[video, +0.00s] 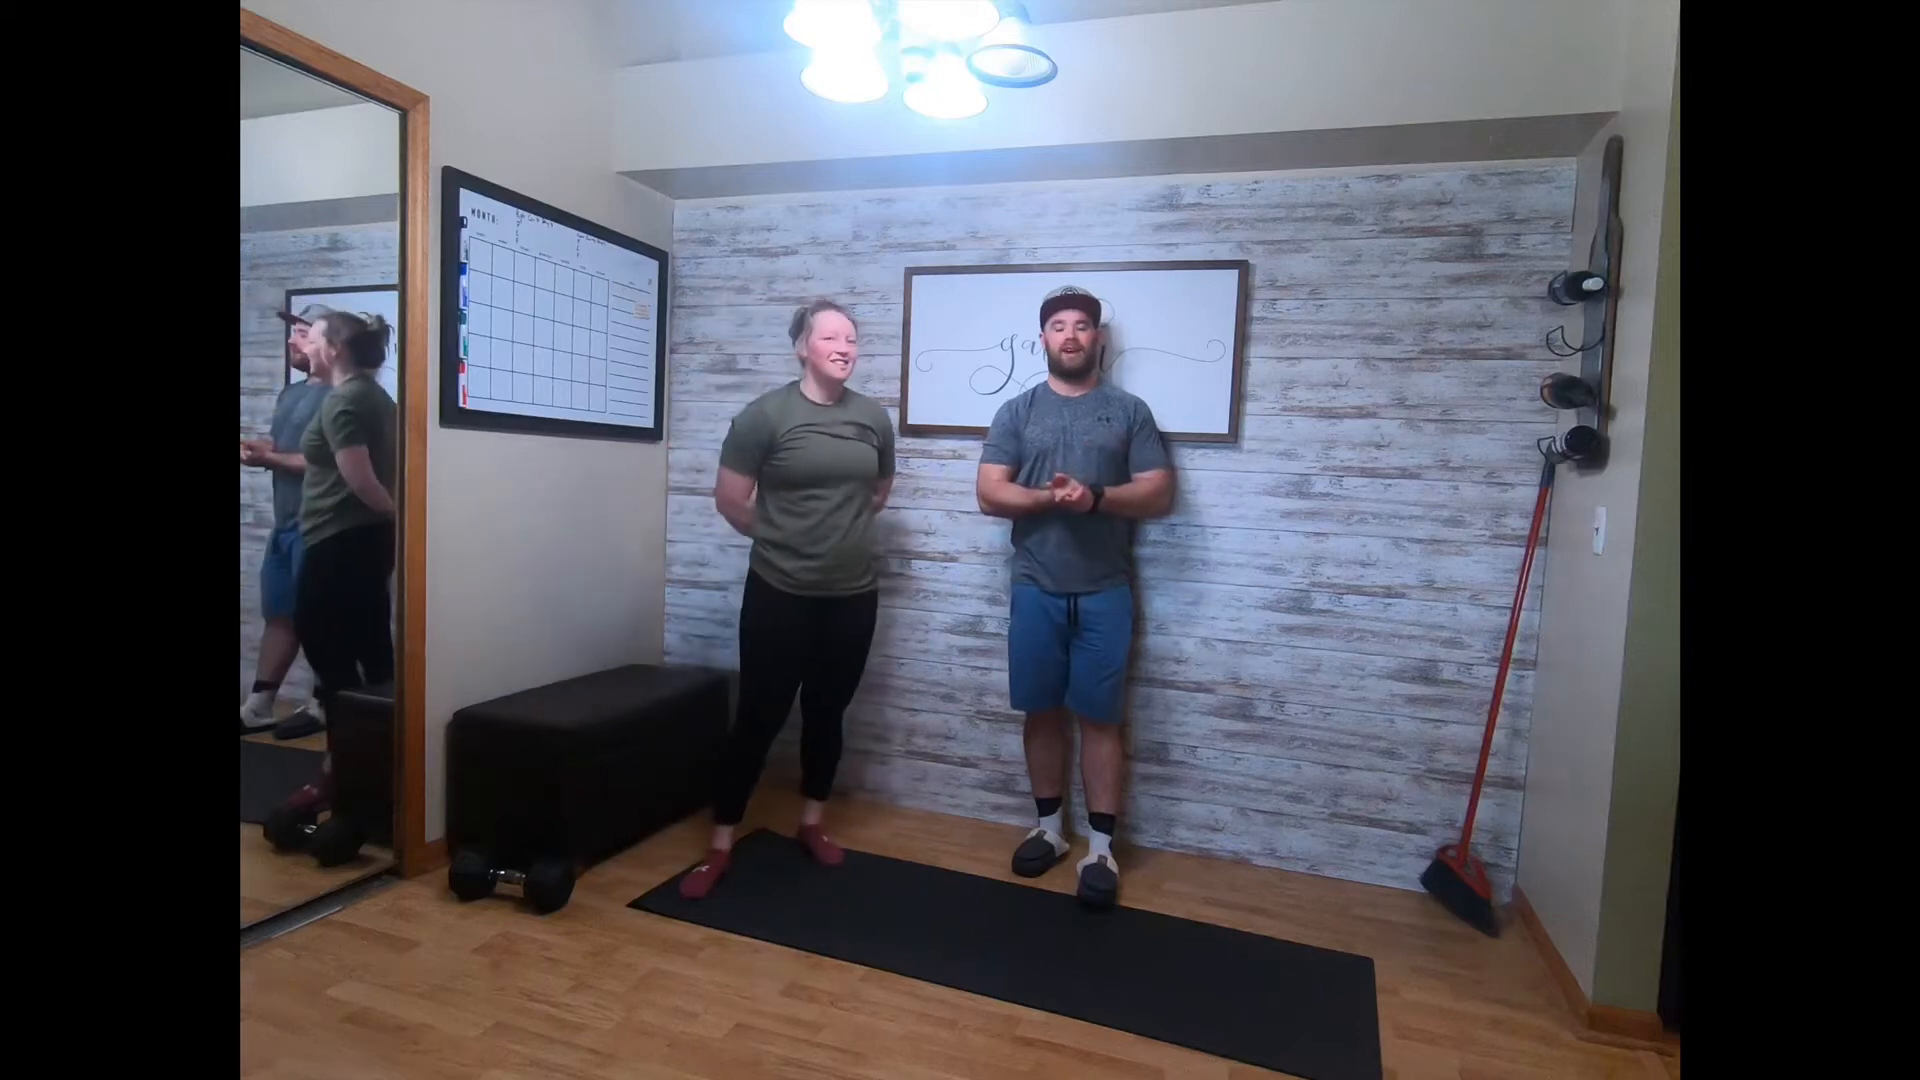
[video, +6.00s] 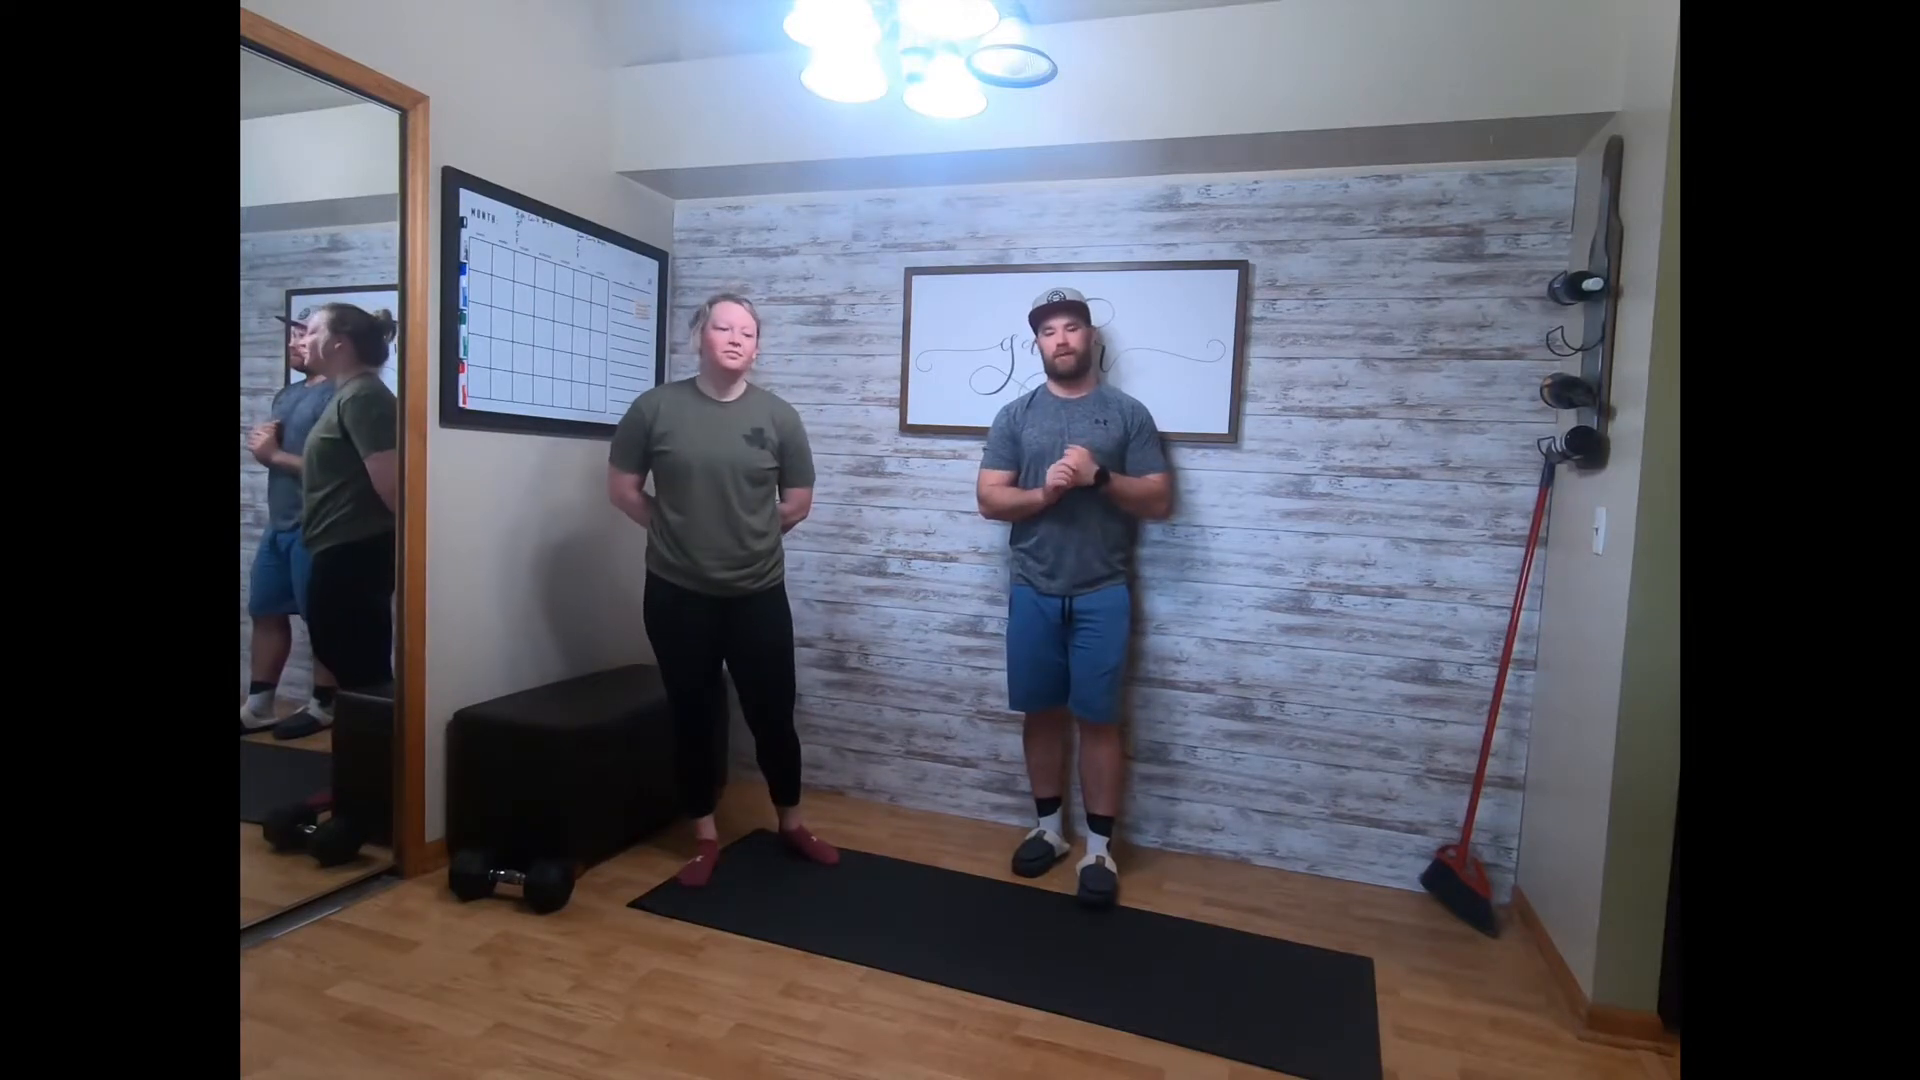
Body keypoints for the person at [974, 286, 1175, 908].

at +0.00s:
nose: (1070, 334)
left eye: (1081, 325)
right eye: (1058, 326)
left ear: (1098, 339)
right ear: (1043, 340)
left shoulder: (1127, 411)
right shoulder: (1018, 411)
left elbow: (1159, 493)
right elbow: (989, 492)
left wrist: (1096, 498)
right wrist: (1045, 497)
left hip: (1105, 585)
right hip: (1036, 583)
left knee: (1099, 714)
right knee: (1040, 709)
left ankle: (1100, 850)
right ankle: (1048, 830)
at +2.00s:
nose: (1063, 337)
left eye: (1075, 329)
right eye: (1052, 330)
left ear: (1092, 340)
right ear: (1037, 342)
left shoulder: (1122, 414)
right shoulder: (1011, 414)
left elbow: (1147, 497)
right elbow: (983, 494)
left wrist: (1088, 478)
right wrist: (1044, 485)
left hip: (1096, 584)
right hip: (1027, 584)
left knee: (1095, 715)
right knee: (1037, 710)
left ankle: (1099, 850)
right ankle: (1049, 830)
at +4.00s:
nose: (1059, 339)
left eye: (1071, 330)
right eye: (1047, 330)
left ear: (1088, 341)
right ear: (1033, 342)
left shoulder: (1116, 414)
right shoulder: (1006, 417)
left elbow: (1148, 500)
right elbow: (982, 499)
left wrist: (1077, 490)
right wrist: (1034, 493)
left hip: (1093, 584)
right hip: (1024, 585)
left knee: (1092, 715)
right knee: (1036, 710)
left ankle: (1097, 849)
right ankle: (1048, 830)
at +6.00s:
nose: (1062, 338)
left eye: (1072, 328)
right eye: (1049, 331)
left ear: (1091, 338)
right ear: (1037, 345)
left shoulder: (1126, 413)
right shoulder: (1015, 416)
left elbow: (1159, 501)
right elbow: (990, 498)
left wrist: (1100, 477)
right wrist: (1046, 491)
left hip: (1102, 584)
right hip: (1033, 584)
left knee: (1097, 714)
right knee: (1041, 710)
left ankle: (1098, 850)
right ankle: (1049, 831)